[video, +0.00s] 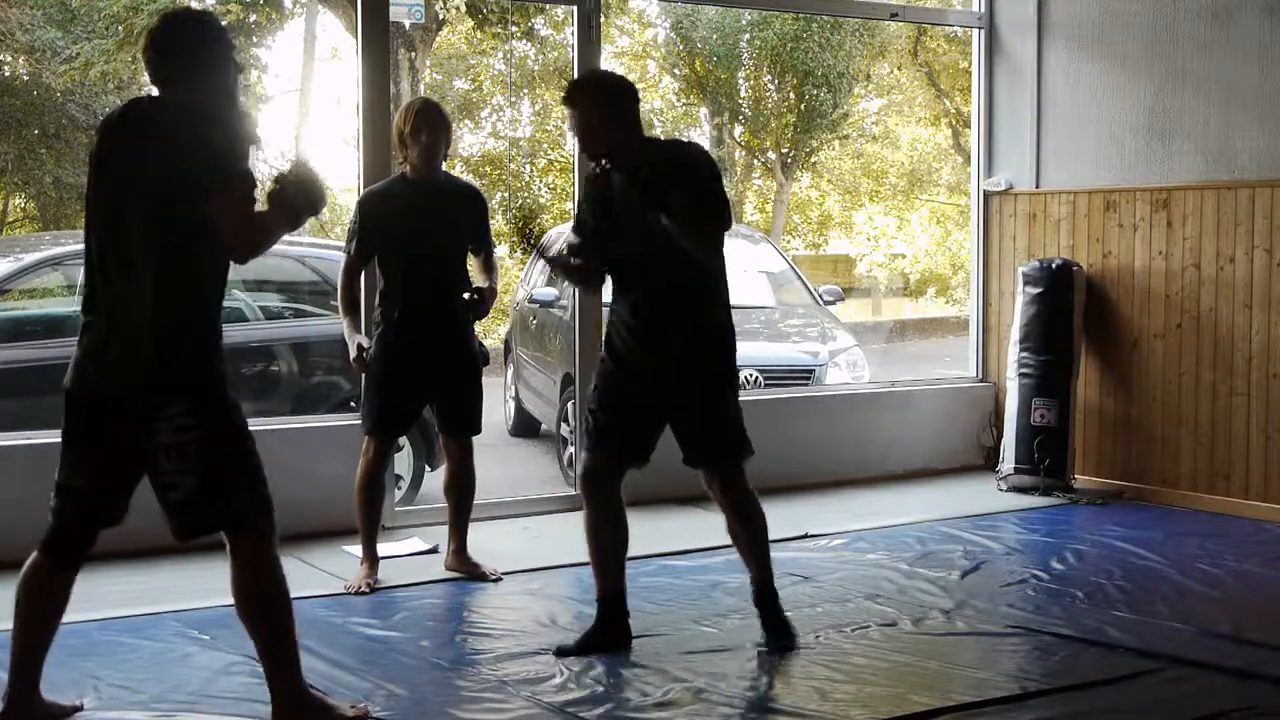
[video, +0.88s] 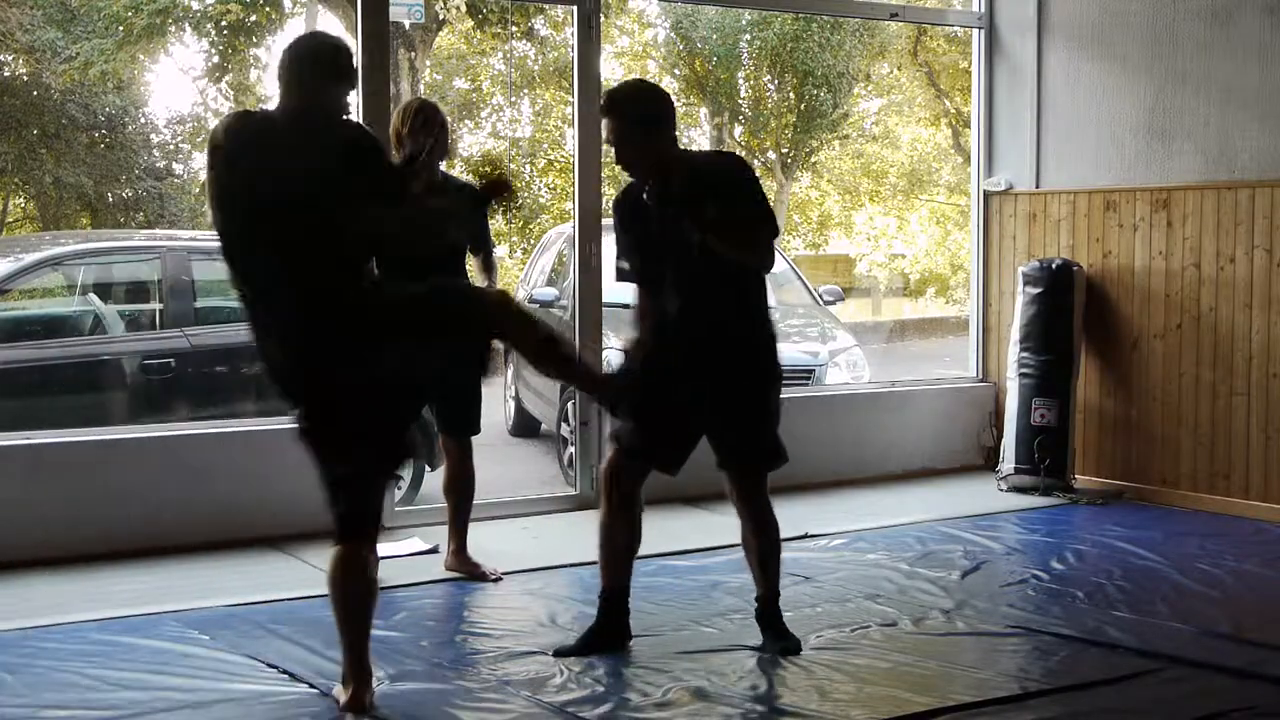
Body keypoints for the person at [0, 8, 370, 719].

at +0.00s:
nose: (238, 75)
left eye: (234, 62)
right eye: (230, 62)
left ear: (157, 67)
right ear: (211, 65)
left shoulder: (115, 128)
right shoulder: (210, 126)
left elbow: (115, 241)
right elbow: (242, 242)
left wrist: (255, 207)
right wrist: (291, 208)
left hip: (101, 369)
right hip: (182, 371)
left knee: (64, 539)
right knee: (251, 532)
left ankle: (20, 696)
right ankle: (291, 696)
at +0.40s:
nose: (267, 84)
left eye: (263, 70)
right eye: (259, 70)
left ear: (195, 77)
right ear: (236, 76)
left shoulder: (159, 139)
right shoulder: (230, 134)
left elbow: (222, 224)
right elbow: (270, 249)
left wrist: (275, 150)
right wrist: (329, 220)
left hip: (126, 376)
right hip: (200, 375)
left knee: (77, 545)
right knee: (305, 515)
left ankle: (22, 697)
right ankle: (319, 685)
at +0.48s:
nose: (284, 83)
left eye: (280, 71)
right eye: (273, 72)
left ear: (219, 82)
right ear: (246, 80)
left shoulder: (184, 145)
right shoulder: (254, 146)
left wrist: (306, 148)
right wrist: (307, 145)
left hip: (165, 373)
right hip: (231, 374)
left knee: (111, 540)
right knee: (321, 520)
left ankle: (33, 696)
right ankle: (317, 692)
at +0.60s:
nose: (310, 80)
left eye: (308, 67)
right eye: (304, 67)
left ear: (239, 72)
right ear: (285, 71)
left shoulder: (204, 134)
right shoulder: (309, 133)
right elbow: (386, 142)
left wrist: (307, 84)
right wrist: (380, 62)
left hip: (222, 355)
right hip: (297, 353)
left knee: (232, 511)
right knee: (353, 505)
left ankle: (212, 549)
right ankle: (326, 680)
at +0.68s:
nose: (315, 61)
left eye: (312, 50)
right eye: (311, 49)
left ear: (241, 52)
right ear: (298, 52)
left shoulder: (205, 117)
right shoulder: (314, 110)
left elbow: (213, 227)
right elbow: (414, 130)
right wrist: (410, 62)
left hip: (251, 336)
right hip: (326, 323)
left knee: (288, 493)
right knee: (397, 441)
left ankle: (326, 649)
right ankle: (377, 569)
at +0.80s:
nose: (332, 84)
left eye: (331, 71)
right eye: (327, 71)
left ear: (268, 71)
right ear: (302, 73)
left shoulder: (227, 133)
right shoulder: (326, 133)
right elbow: (404, 169)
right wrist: (443, 139)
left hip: (270, 347)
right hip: (340, 333)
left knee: (334, 524)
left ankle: (354, 679)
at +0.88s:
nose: (350, 100)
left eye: (349, 89)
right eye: (347, 86)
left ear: (280, 78)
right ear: (334, 84)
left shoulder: (231, 138)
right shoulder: (353, 147)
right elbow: (405, 230)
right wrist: (481, 199)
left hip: (299, 352)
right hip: (372, 330)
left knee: (356, 530)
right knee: (500, 311)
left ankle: (356, 680)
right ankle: (610, 390)